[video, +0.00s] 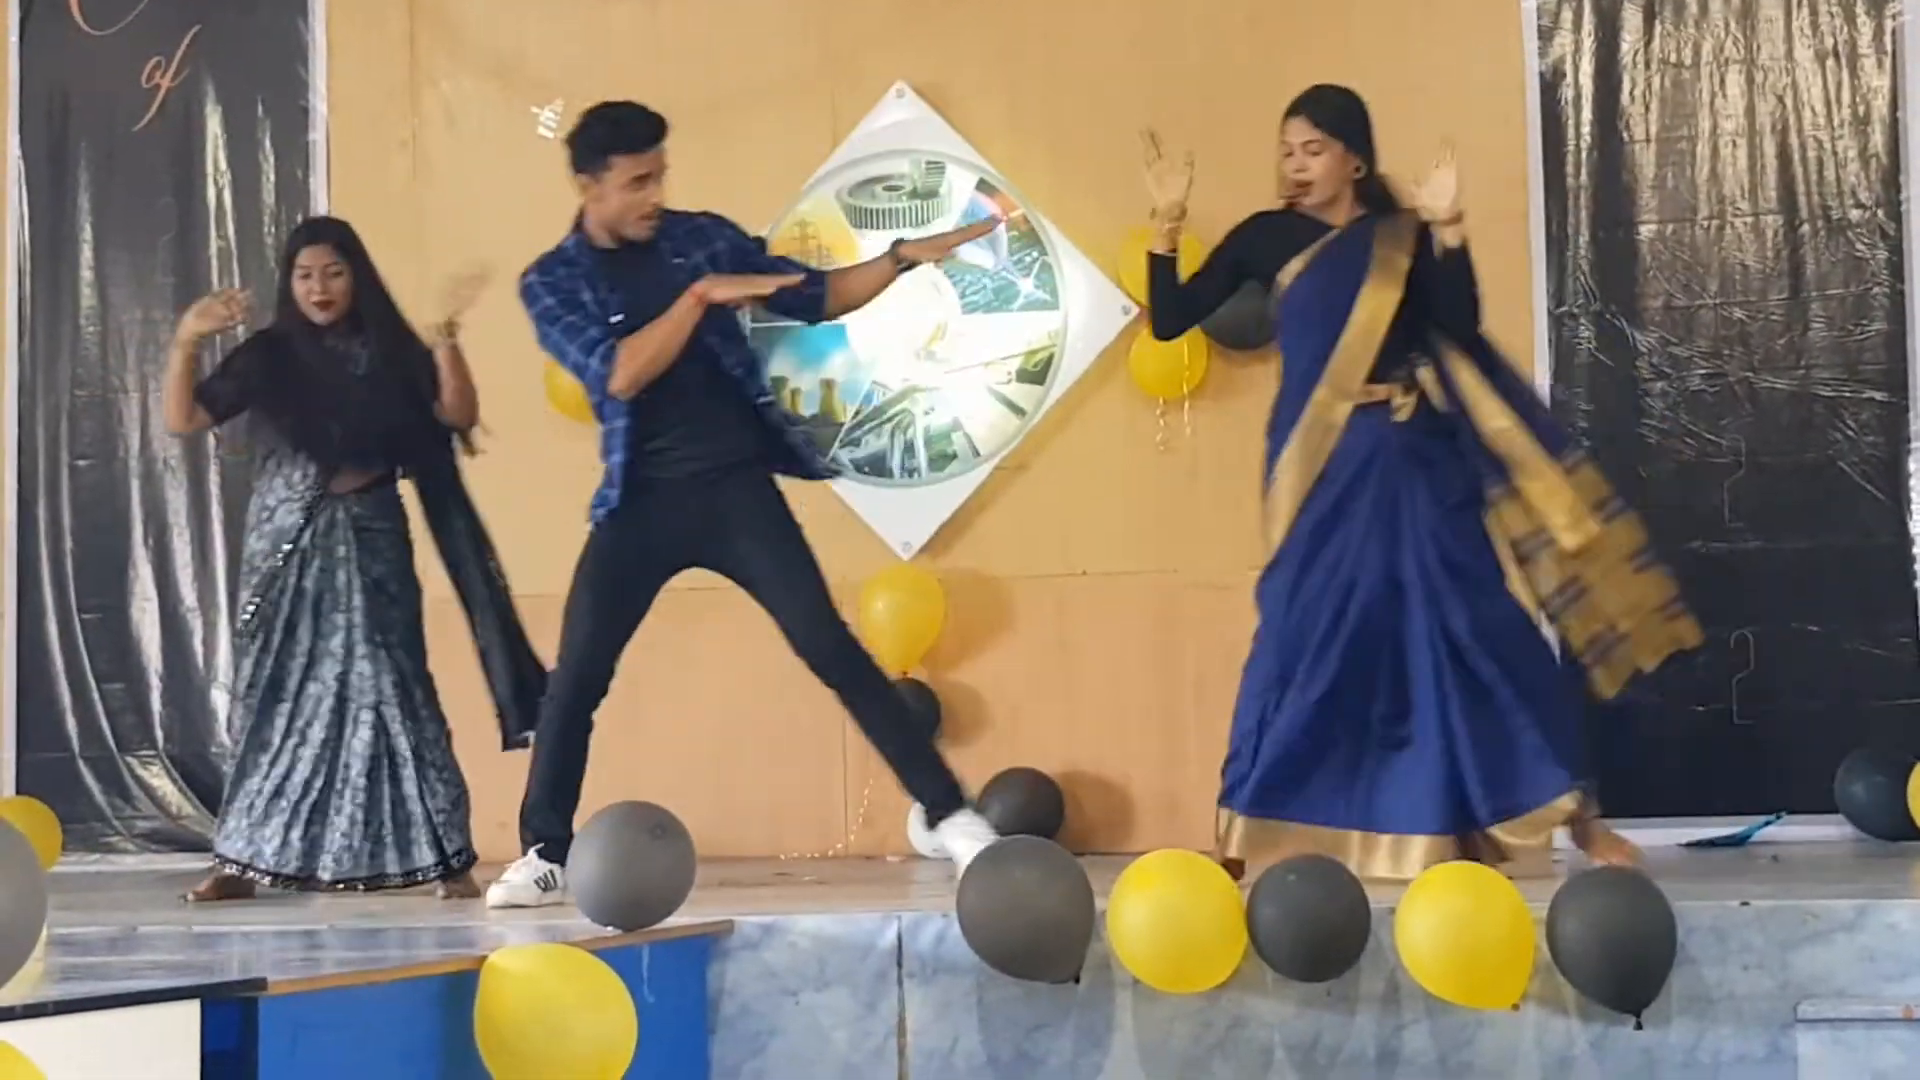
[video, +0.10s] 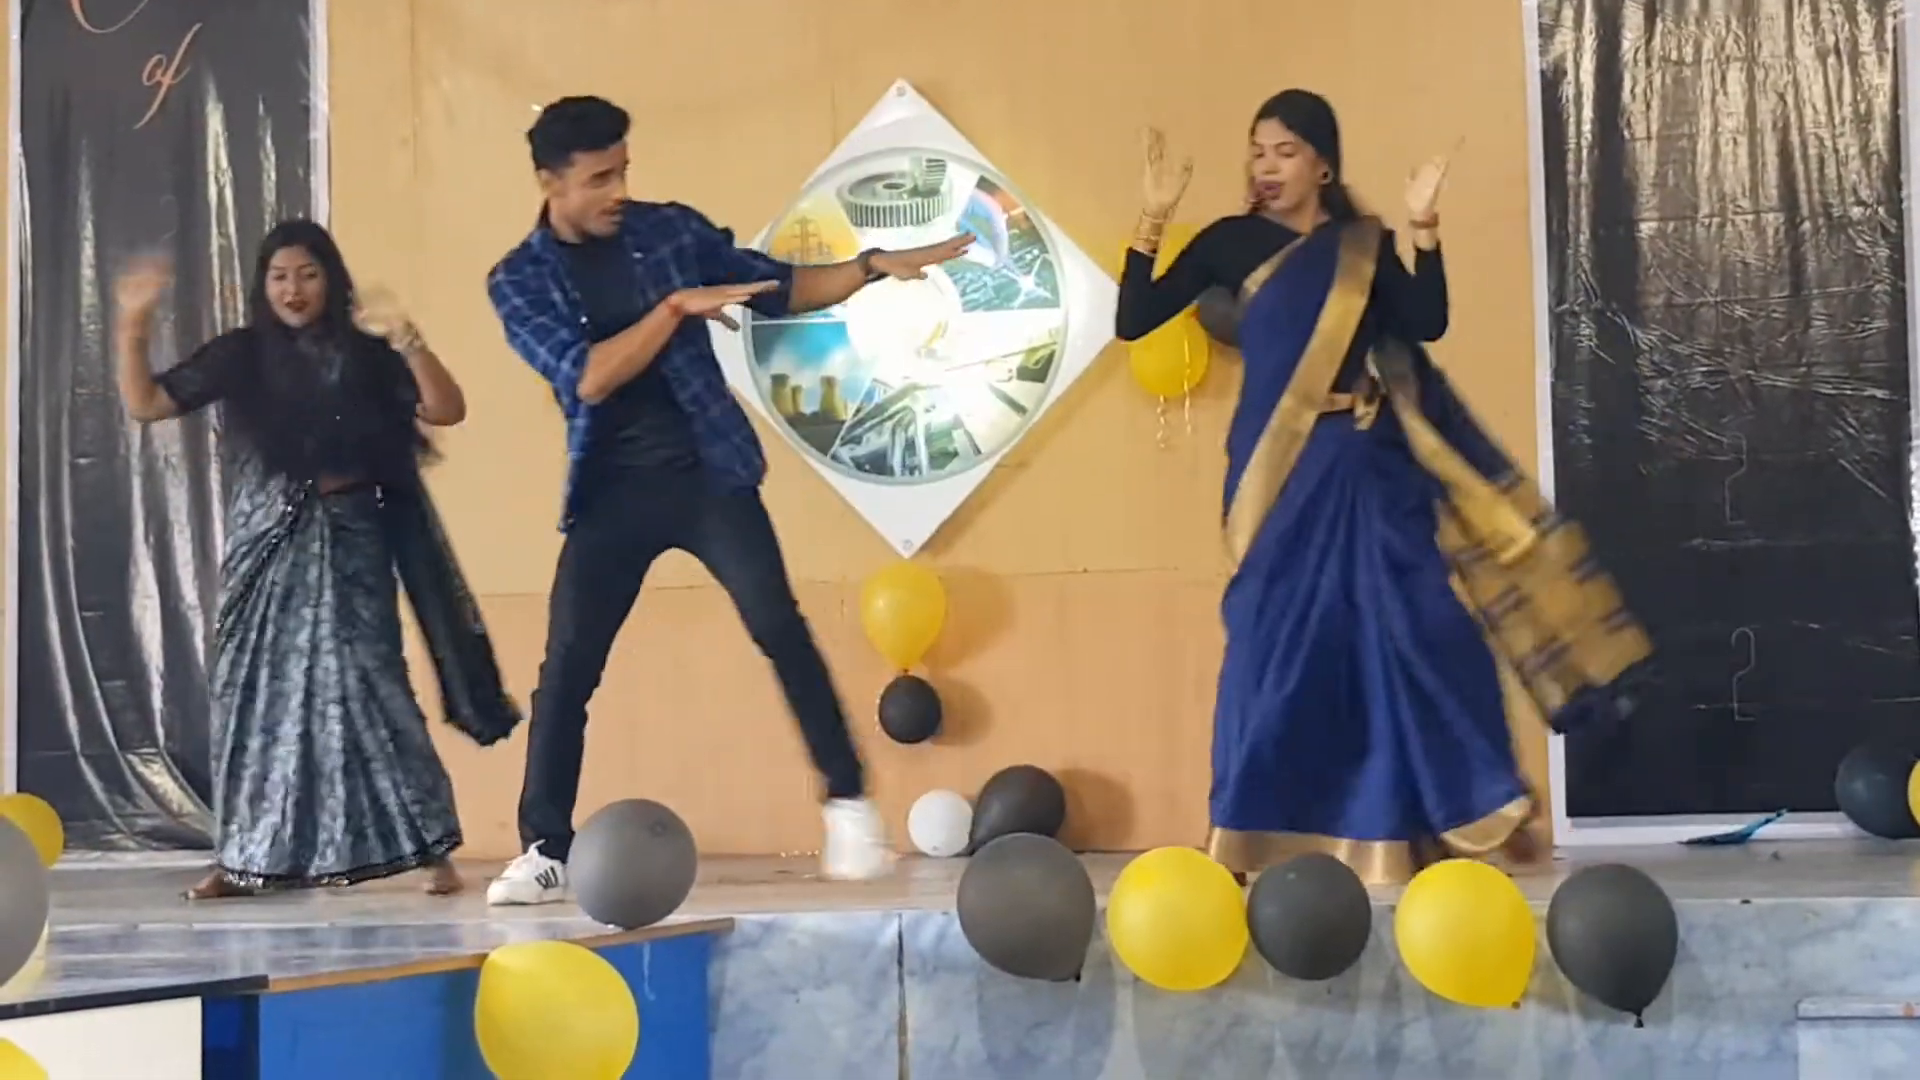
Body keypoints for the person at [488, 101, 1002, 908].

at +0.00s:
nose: (658, 194)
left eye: (661, 176)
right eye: (640, 181)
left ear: (661, 170)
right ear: (589, 184)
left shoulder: (700, 240)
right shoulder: (553, 281)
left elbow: (814, 295)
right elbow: (617, 375)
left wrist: (904, 255)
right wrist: (699, 298)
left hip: (738, 492)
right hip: (640, 507)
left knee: (826, 645)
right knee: (575, 681)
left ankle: (946, 813)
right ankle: (545, 855)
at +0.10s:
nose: (620, 191)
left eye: (623, 174)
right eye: (601, 180)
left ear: (625, 165)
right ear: (550, 182)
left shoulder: (670, 231)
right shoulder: (521, 278)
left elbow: (780, 284)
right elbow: (586, 379)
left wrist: (875, 263)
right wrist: (672, 308)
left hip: (712, 479)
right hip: (614, 496)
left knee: (779, 629)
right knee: (565, 673)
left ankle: (848, 805)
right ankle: (543, 853)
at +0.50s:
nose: (596, 166)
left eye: (615, 149)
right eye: (580, 149)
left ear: (640, 139)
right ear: (558, 140)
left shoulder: (689, 213)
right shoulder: (530, 242)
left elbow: (766, 311)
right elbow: (543, 377)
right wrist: (612, 340)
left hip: (693, 450)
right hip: (595, 460)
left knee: (724, 603)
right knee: (566, 649)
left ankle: (728, 784)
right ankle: (542, 839)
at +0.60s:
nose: (615, 144)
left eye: (635, 131)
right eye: (607, 126)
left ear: (678, 131)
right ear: (597, 119)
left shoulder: (727, 221)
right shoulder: (561, 214)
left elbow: (789, 346)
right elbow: (528, 341)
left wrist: (746, 312)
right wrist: (567, 339)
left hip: (712, 452)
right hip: (611, 459)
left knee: (770, 594)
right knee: (578, 647)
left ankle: (826, 768)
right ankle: (543, 837)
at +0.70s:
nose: (661, 138)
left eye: (680, 126)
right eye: (656, 121)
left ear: (730, 129)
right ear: (650, 116)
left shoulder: (768, 230)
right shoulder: (619, 196)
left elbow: (804, 365)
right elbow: (562, 311)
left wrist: (758, 288)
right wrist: (565, 286)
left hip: (734, 459)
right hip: (634, 460)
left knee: (806, 607)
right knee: (595, 644)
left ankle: (922, 779)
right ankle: (542, 834)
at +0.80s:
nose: (712, 146)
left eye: (731, 134)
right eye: (708, 130)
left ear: (784, 139)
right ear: (704, 127)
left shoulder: (820, 239)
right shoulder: (684, 209)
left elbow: (825, 370)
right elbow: (618, 328)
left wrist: (786, 255)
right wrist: (608, 249)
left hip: (768, 480)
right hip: (672, 477)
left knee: (839, 644)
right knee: (610, 652)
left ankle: (970, 797)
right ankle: (542, 833)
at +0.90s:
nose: (763, 153)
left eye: (780, 140)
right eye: (758, 136)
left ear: (831, 144)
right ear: (753, 133)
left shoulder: (872, 243)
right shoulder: (739, 222)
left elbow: (864, 364)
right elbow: (663, 338)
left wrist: (829, 244)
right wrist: (672, 242)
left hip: (816, 486)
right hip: (719, 477)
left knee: (873, 655)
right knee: (639, 645)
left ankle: (979, 810)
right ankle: (547, 821)